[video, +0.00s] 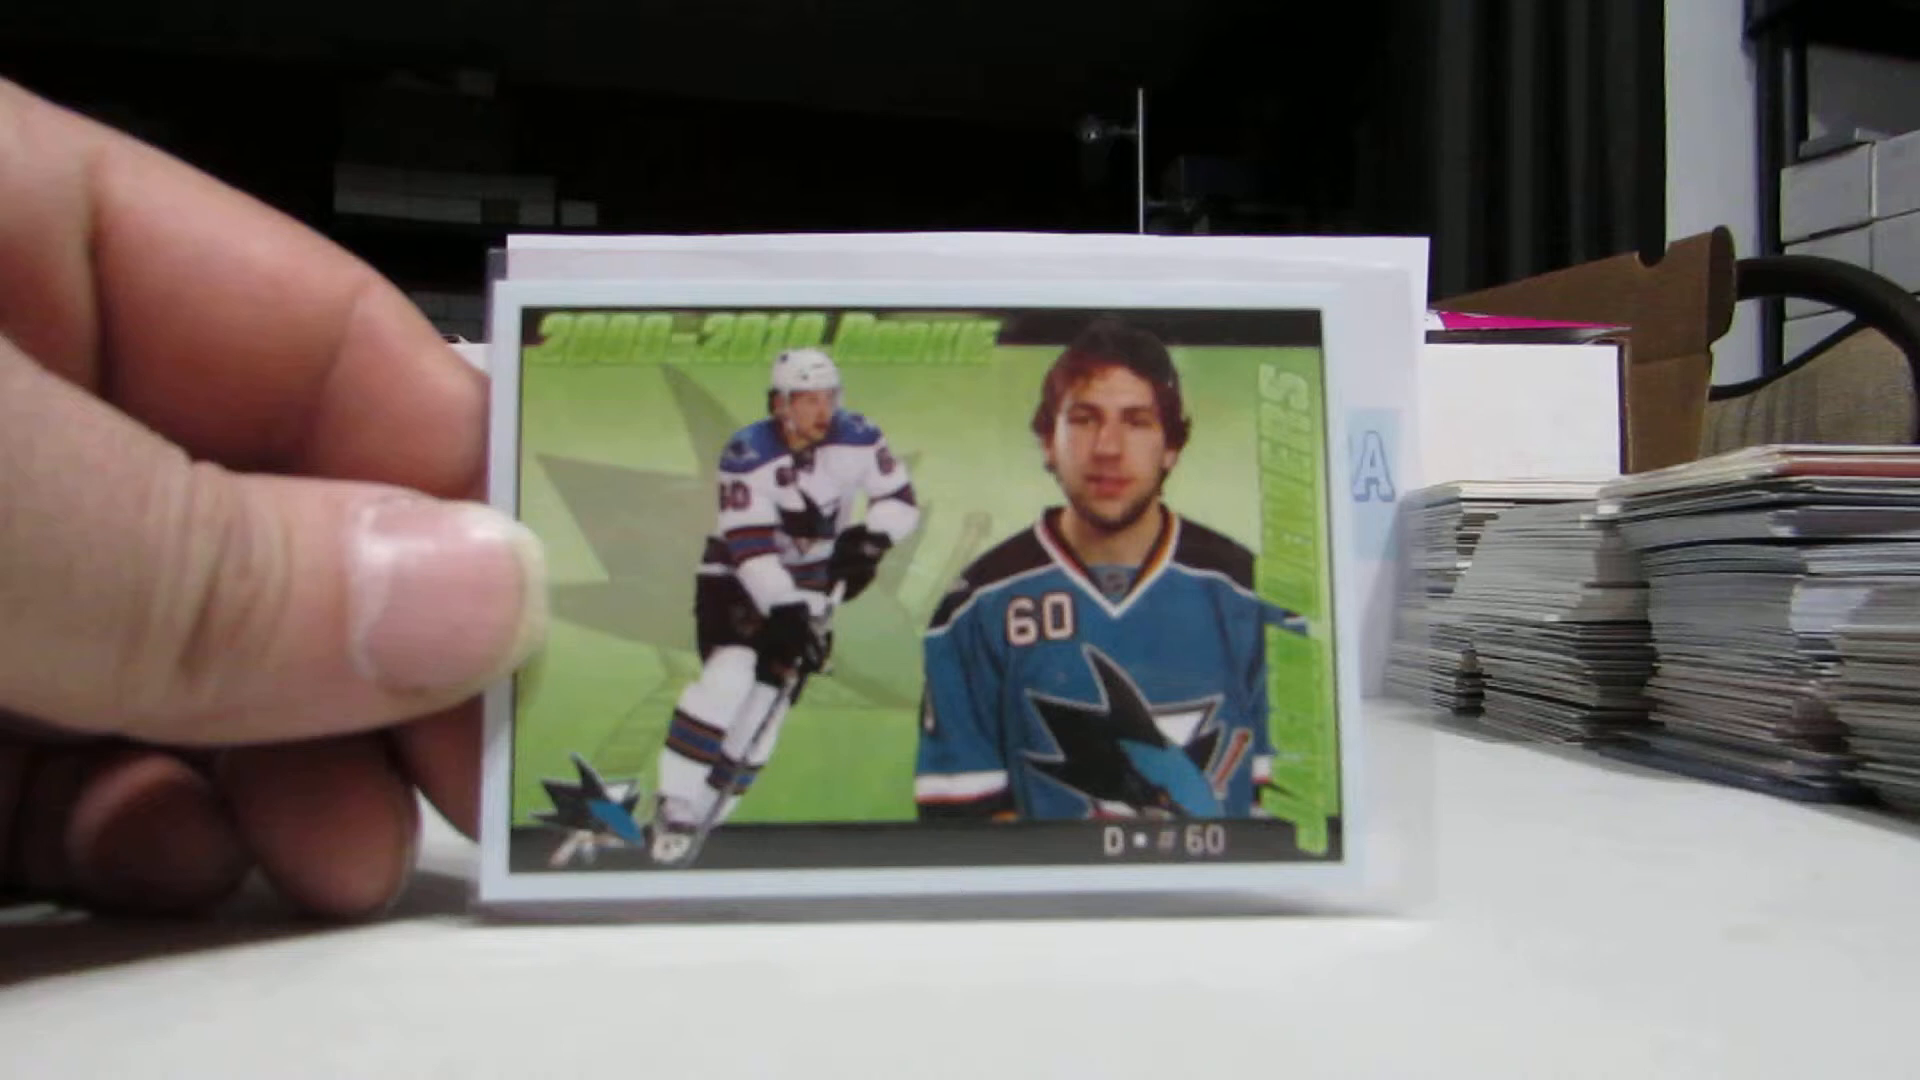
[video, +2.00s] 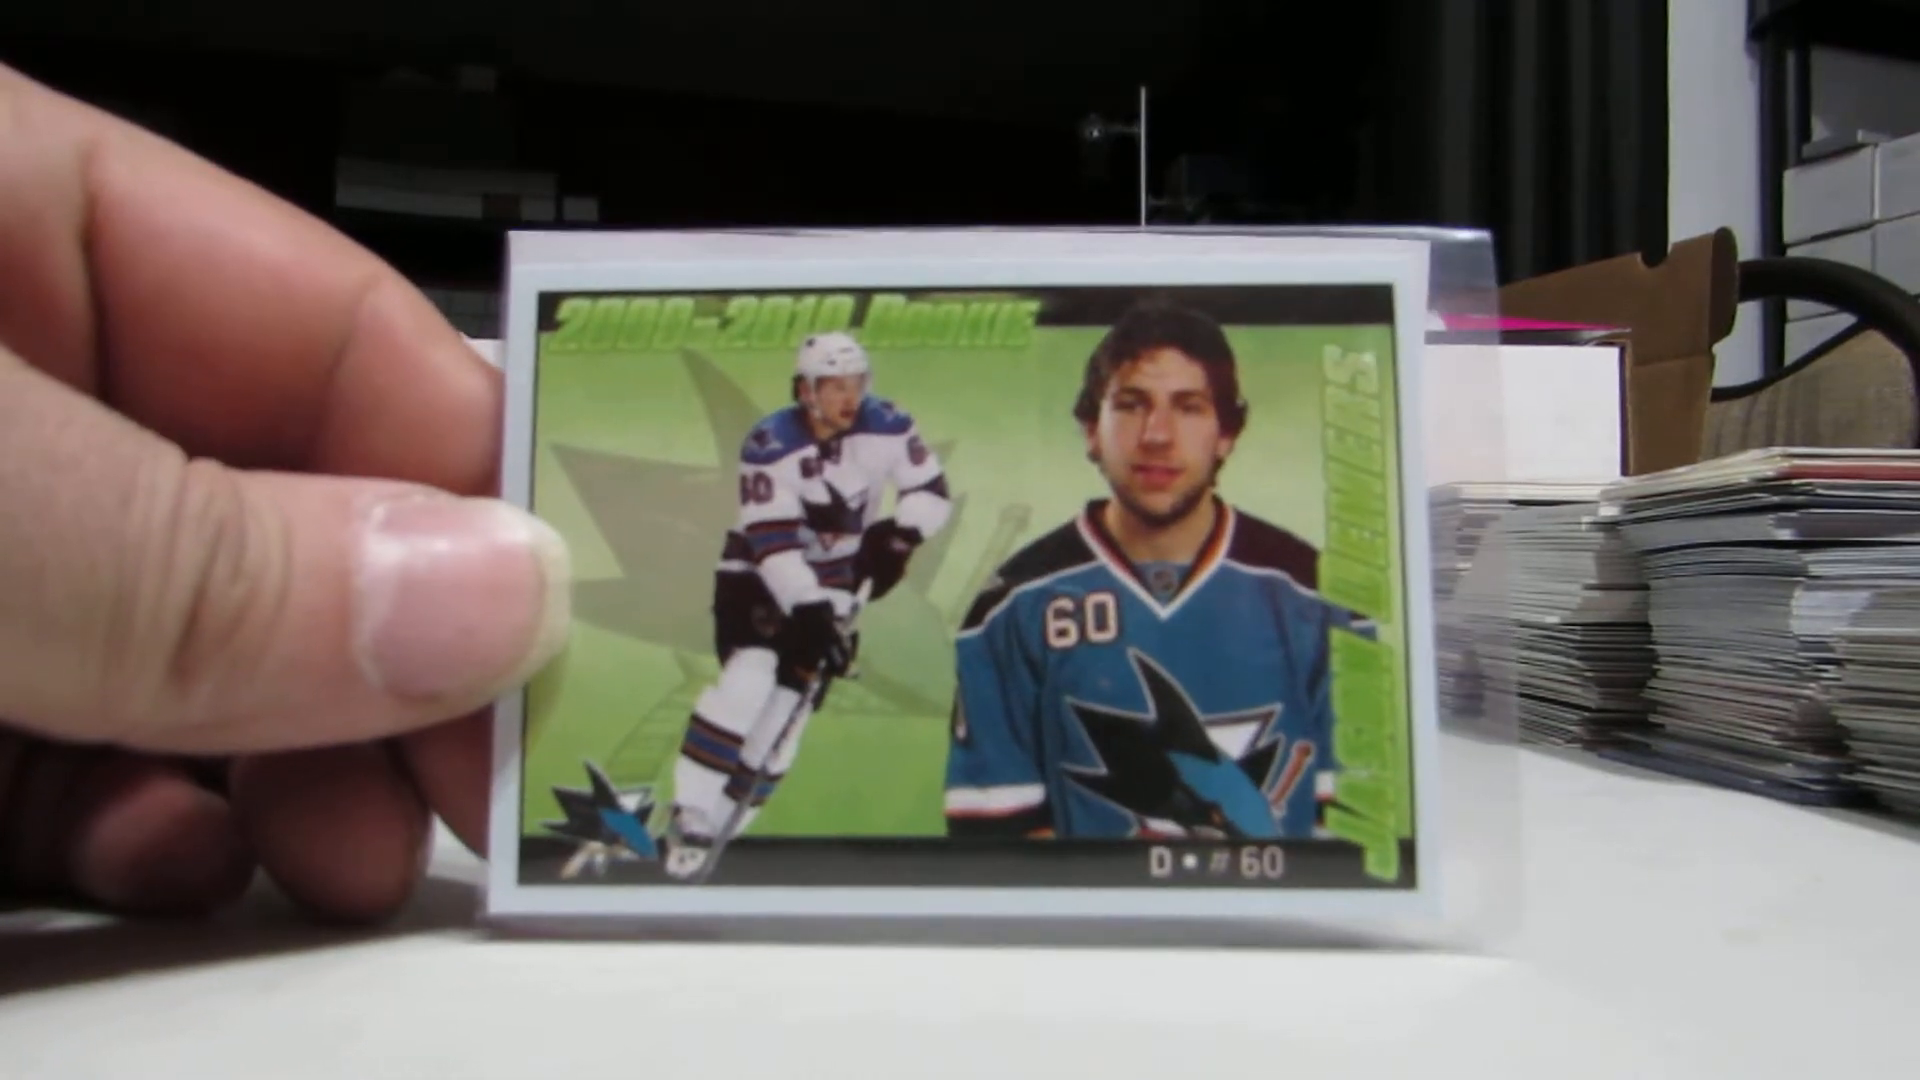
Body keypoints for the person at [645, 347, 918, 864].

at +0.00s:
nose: (822, 411)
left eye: (828, 399)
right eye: (808, 400)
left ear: (837, 400)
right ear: (780, 405)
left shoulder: (858, 439)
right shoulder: (748, 453)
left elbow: (899, 500)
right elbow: (749, 542)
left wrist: (869, 542)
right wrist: (785, 608)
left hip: (811, 584)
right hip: (740, 575)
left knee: (769, 702)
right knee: (730, 672)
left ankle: (704, 818)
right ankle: (678, 812)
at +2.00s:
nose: (849, 399)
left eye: (856, 386)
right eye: (836, 388)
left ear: (866, 386)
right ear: (806, 391)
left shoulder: (887, 427)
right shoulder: (771, 443)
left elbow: (929, 491)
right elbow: (771, 537)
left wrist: (898, 539)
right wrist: (808, 607)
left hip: (835, 581)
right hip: (761, 573)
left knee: (790, 705)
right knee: (750, 675)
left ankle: (724, 825)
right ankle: (693, 816)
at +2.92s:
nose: (841, 358)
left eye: (848, 345)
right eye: (826, 346)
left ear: (858, 345)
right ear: (792, 350)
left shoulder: (880, 393)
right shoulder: (750, 407)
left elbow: (926, 467)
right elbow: (747, 511)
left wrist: (886, 520)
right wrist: (786, 592)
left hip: (816, 564)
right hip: (734, 552)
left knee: (764, 697)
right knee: (721, 664)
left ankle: (687, 833)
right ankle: (651, 824)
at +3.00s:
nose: (841, 357)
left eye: (848, 344)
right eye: (826, 344)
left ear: (858, 343)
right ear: (791, 348)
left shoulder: (881, 392)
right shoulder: (749, 407)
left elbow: (927, 465)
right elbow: (746, 512)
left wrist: (888, 519)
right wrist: (786, 594)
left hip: (817, 563)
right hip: (734, 550)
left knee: (763, 700)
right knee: (720, 665)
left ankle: (686, 836)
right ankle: (651, 826)